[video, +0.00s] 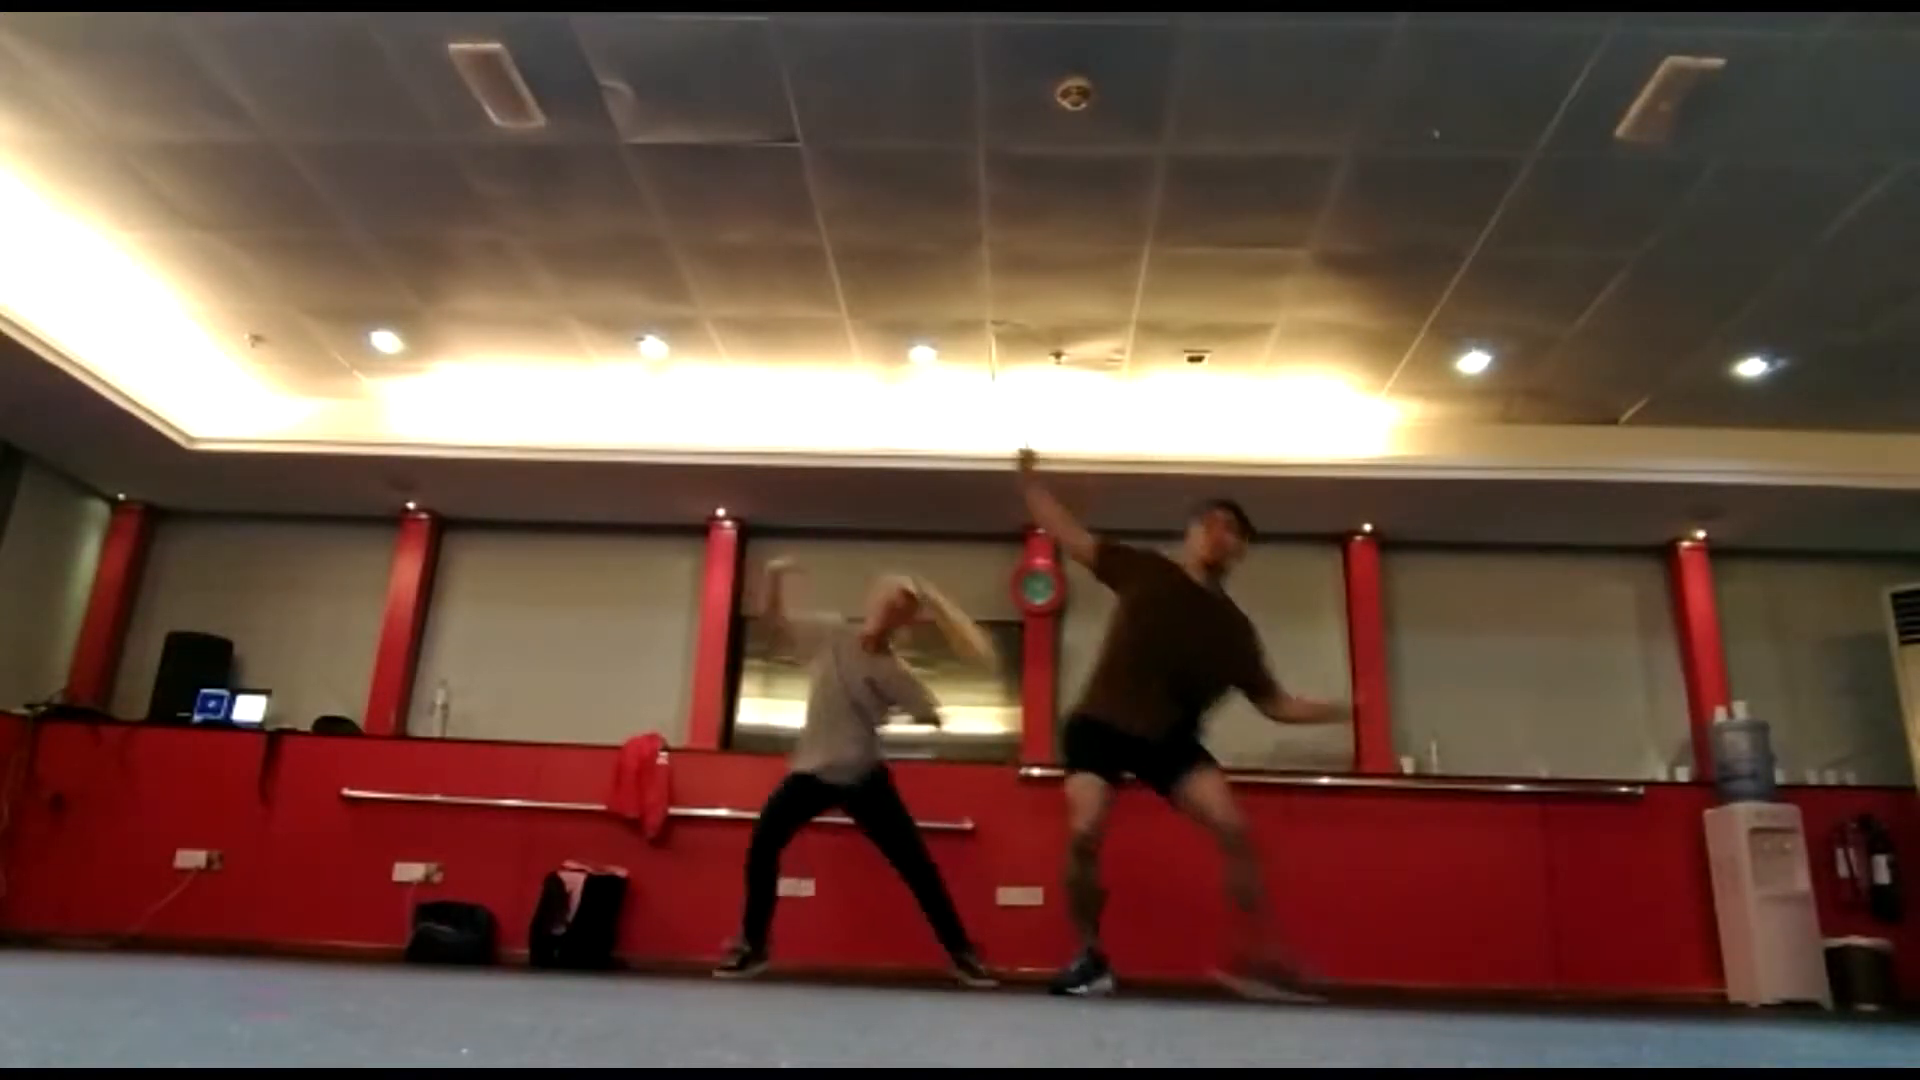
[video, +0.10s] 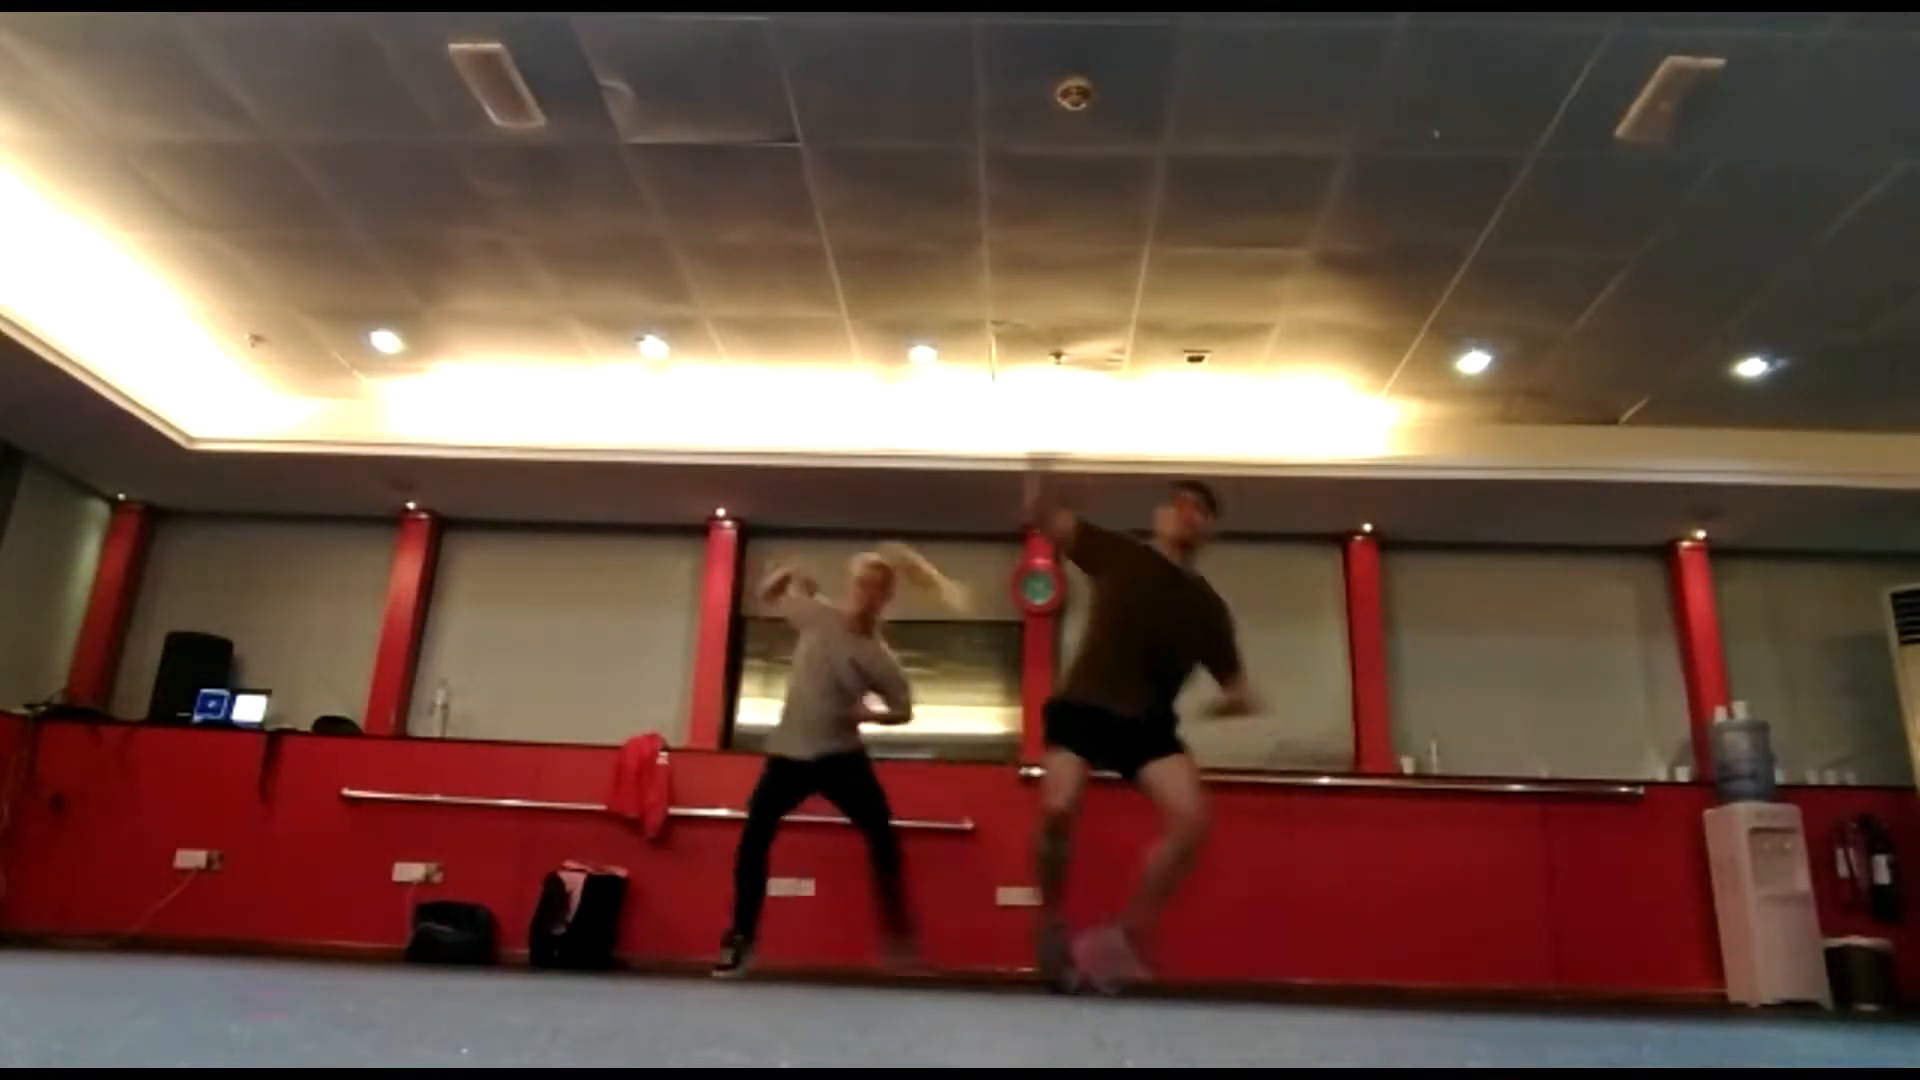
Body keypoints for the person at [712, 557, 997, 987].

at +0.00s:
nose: (889, 612)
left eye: (900, 608)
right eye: (887, 601)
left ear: (905, 621)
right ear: (871, 603)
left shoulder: (892, 672)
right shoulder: (830, 636)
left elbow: (930, 714)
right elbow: (774, 623)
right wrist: (774, 579)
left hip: (864, 778)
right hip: (812, 774)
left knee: (916, 867)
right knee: (763, 847)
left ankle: (963, 957)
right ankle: (753, 948)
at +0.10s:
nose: (864, 593)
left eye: (875, 588)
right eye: (860, 583)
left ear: (886, 598)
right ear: (849, 585)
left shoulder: (876, 655)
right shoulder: (814, 614)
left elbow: (902, 711)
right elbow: (766, 601)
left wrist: (858, 714)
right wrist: (788, 573)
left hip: (840, 759)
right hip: (789, 755)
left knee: (883, 838)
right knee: (754, 841)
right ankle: (740, 938)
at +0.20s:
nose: (847, 584)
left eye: (856, 576)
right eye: (841, 573)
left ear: (866, 584)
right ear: (826, 576)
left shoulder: (862, 640)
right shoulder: (797, 610)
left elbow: (889, 697)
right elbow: (741, 582)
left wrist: (853, 714)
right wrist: (773, 575)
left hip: (827, 748)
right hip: (776, 742)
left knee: (843, 843)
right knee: (737, 830)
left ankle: (831, 948)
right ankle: (706, 926)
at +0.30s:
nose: (799, 580)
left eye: (806, 572)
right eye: (791, 572)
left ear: (819, 578)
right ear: (774, 578)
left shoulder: (830, 635)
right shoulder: (758, 620)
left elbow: (857, 678)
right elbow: (745, 594)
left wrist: (830, 725)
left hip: (805, 756)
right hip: (750, 757)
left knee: (850, 819)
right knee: (703, 848)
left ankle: (843, 928)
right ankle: (647, 940)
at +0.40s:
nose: (760, 597)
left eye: (768, 587)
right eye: (753, 589)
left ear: (784, 592)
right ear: (743, 595)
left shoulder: (805, 647)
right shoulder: (742, 636)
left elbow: (830, 703)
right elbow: (762, 657)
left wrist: (810, 742)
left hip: (785, 766)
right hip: (737, 769)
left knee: (835, 779)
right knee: (683, 858)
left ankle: (836, 869)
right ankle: (643, 948)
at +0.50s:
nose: (749, 608)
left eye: (756, 598)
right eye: (743, 600)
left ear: (780, 600)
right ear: (736, 604)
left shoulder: (800, 658)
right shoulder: (735, 644)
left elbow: (827, 713)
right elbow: (745, 687)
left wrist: (807, 741)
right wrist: (794, 712)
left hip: (774, 777)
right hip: (726, 781)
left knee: (824, 765)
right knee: (669, 862)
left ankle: (836, 849)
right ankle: (641, 949)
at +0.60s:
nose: (768, 602)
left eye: (775, 593)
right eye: (762, 593)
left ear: (792, 598)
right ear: (750, 597)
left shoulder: (811, 656)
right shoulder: (747, 637)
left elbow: (830, 718)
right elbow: (743, 624)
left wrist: (809, 746)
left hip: (780, 772)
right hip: (728, 774)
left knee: (863, 798)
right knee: (675, 858)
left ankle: (855, 900)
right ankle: (642, 950)